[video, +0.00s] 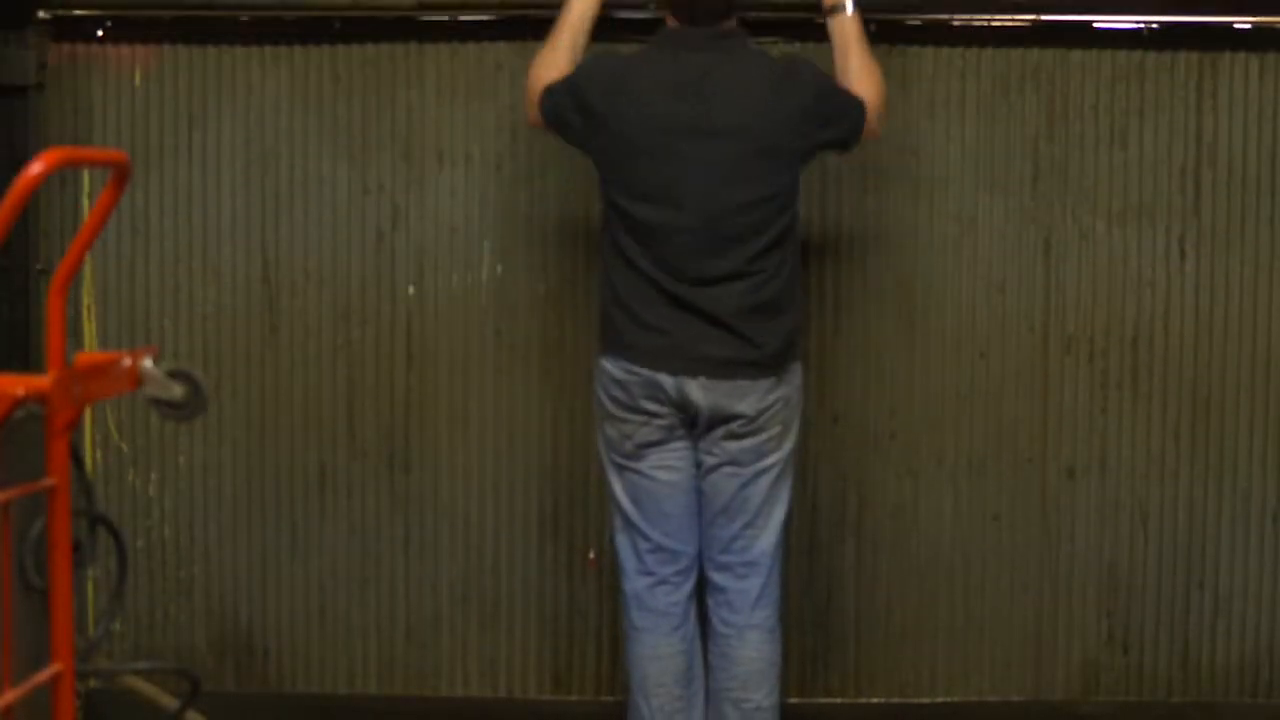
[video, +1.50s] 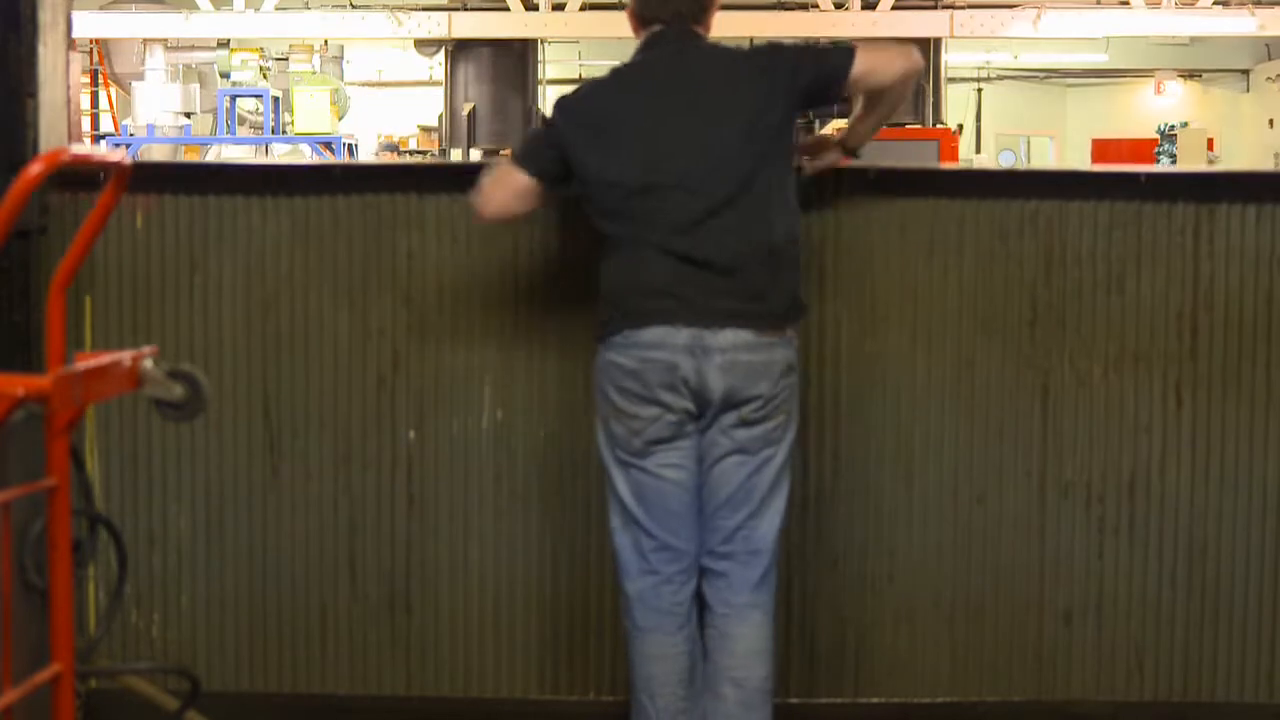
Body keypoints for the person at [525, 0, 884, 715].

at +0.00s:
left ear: (664, 10)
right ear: (741, 11)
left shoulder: (620, 83)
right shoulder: (781, 88)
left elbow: (543, 96)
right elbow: (863, 106)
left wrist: (583, 1)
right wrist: (843, 11)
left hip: (638, 358)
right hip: (750, 363)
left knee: (656, 579)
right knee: (744, 580)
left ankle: (666, 714)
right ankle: (744, 713)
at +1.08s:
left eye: (651, 9)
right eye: (732, 9)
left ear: (652, 13)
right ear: (731, 13)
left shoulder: (619, 95)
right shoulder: (778, 91)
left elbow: (534, 198)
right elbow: (855, 199)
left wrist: (562, 104)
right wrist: (812, 104)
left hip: (645, 339)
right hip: (759, 340)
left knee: (659, 572)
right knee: (752, 571)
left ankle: (666, 714)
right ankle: (750, 714)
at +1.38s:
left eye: (622, 16)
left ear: (626, 19)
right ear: (706, 13)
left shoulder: (594, 105)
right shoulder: (774, 84)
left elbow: (531, 232)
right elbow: (882, 151)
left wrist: (581, 167)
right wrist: (818, 128)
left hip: (646, 338)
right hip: (762, 336)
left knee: (662, 574)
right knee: (753, 571)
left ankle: (672, 715)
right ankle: (755, 715)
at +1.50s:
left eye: (630, 14)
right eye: (715, 14)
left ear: (633, 20)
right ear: (712, 16)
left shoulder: (593, 104)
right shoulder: (765, 70)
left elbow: (492, 201)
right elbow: (900, 63)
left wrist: (564, 165)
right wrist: (849, 140)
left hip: (643, 340)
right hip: (756, 338)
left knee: (657, 571)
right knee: (742, 572)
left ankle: (665, 716)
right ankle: (738, 717)